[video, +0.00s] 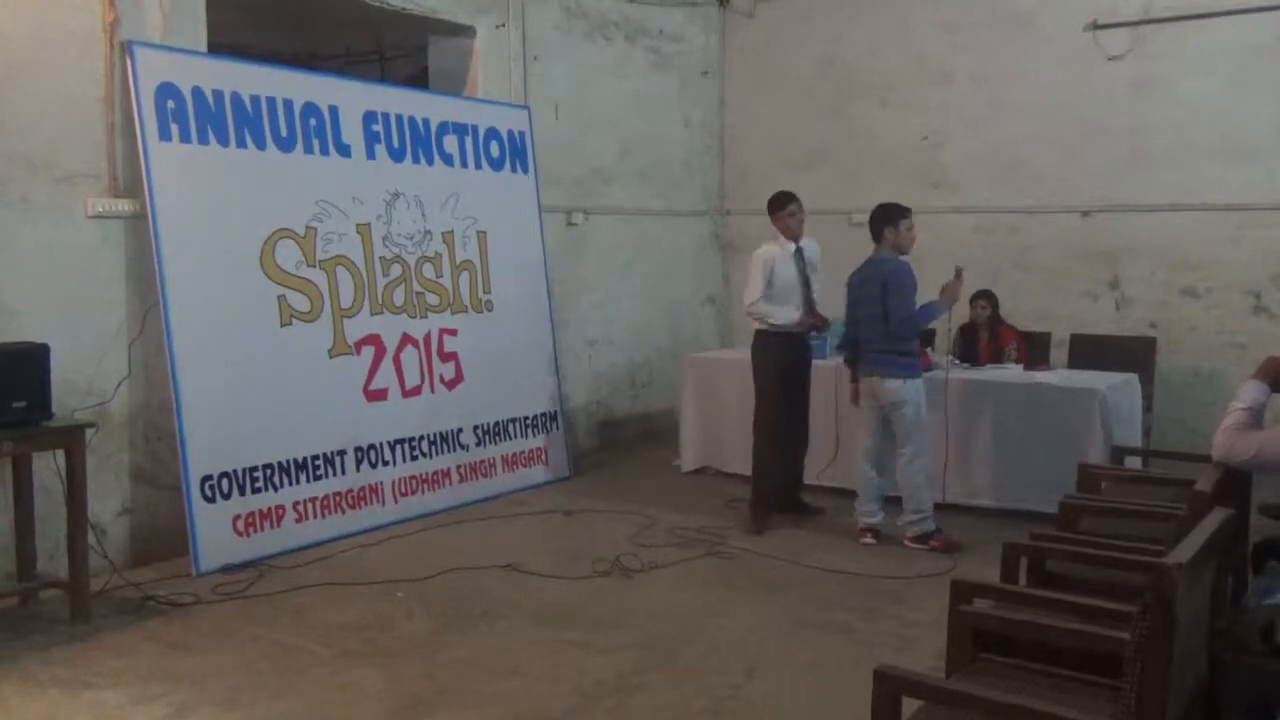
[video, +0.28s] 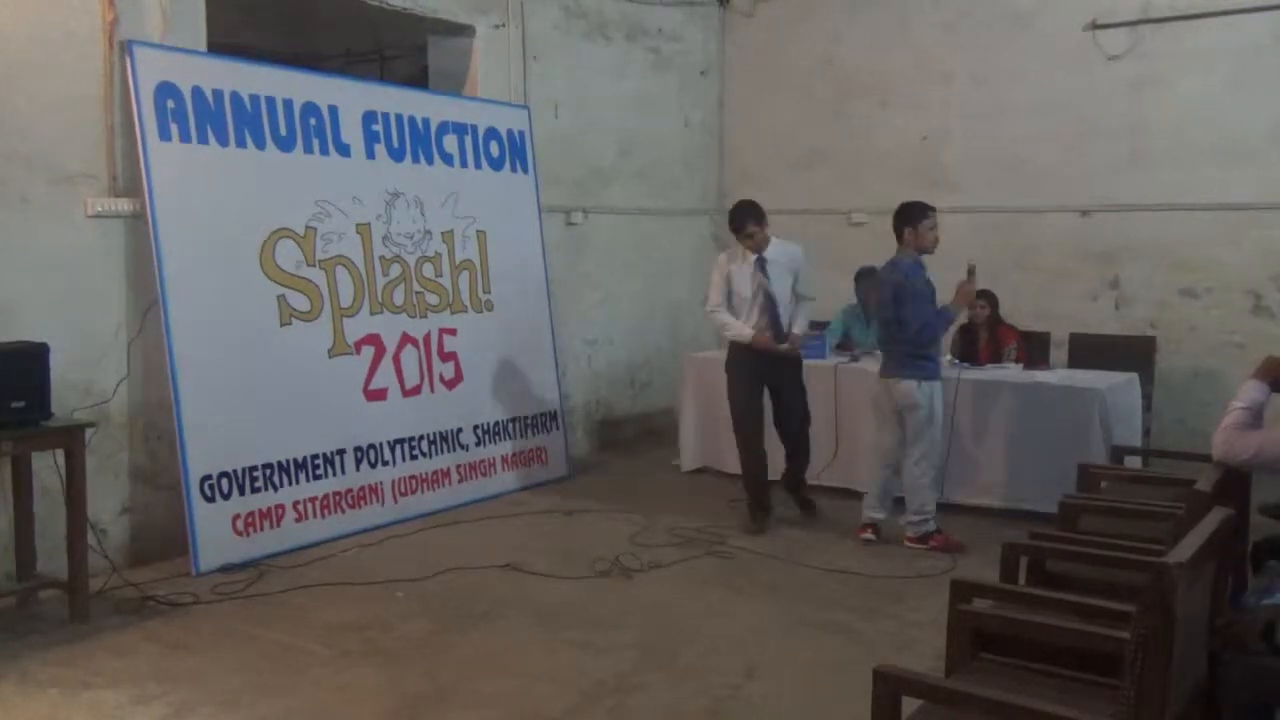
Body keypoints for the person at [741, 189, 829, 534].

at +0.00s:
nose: (794, 222)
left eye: (797, 215)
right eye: (787, 218)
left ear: (803, 215)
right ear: (775, 221)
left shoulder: (811, 250)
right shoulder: (766, 254)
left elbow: (807, 296)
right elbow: (752, 305)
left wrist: (814, 315)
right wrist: (795, 319)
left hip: (798, 343)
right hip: (771, 342)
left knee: (796, 422)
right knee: (770, 423)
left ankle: (790, 495)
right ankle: (761, 503)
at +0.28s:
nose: (750, 244)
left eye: (754, 236)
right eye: (742, 238)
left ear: (766, 226)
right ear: (734, 235)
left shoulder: (791, 254)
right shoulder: (727, 261)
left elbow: (805, 298)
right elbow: (715, 311)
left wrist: (796, 333)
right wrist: (750, 336)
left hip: (785, 353)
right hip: (745, 355)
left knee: (796, 427)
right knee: (749, 433)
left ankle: (795, 482)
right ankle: (758, 506)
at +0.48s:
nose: (726, 253)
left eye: (729, 245)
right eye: (718, 249)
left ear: (740, 233)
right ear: (708, 246)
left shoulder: (771, 257)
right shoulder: (703, 265)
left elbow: (793, 299)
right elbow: (695, 311)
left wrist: (778, 337)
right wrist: (717, 338)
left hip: (763, 349)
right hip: (727, 351)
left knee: (751, 425)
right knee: (734, 430)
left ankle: (758, 505)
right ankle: (752, 501)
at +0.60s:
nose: (702, 263)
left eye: (705, 256)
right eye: (696, 258)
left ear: (719, 245)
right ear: (690, 253)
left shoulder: (754, 265)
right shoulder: (692, 274)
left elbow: (783, 312)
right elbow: (687, 314)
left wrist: (770, 355)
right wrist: (691, 350)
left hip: (750, 353)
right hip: (713, 355)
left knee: (732, 436)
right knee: (734, 434)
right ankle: (757, 505)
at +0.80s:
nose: (674, 256)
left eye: (678, 248)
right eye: (668, 250)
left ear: (695, 241)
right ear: (665, 246)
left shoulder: (725, 271)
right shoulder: (668, 270)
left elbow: (745, 329)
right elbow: (665, 321)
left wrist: (762, 385)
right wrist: (657, 364)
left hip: (717, 363)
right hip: (683, 365)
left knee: (700, 457)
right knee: (687, 455)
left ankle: (699, 545)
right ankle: (735, 491)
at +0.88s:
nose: (664, 248)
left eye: (670, 240)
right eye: (659, 240)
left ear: (686, 232)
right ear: (654, 236)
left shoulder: (713, 264)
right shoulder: (654, 258)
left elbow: (734, 324)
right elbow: (649, 307)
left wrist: (739, 381)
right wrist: (645, 349)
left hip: (707, 358)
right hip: (670, 360)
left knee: (699, 453)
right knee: (661, 446)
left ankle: (699, 545)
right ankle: (709, 487)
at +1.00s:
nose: (649, 233)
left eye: (655, 225)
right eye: (643, 225)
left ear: (670, 221)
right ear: (636, 224)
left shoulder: (695, 259)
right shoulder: (635, 254)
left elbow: (709, 327)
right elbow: (628, 295)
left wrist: (691, 373)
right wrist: (613, 331)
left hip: (690, 356)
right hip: (652, 357)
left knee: (692, 449)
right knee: (628, 439)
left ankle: (699, 539)